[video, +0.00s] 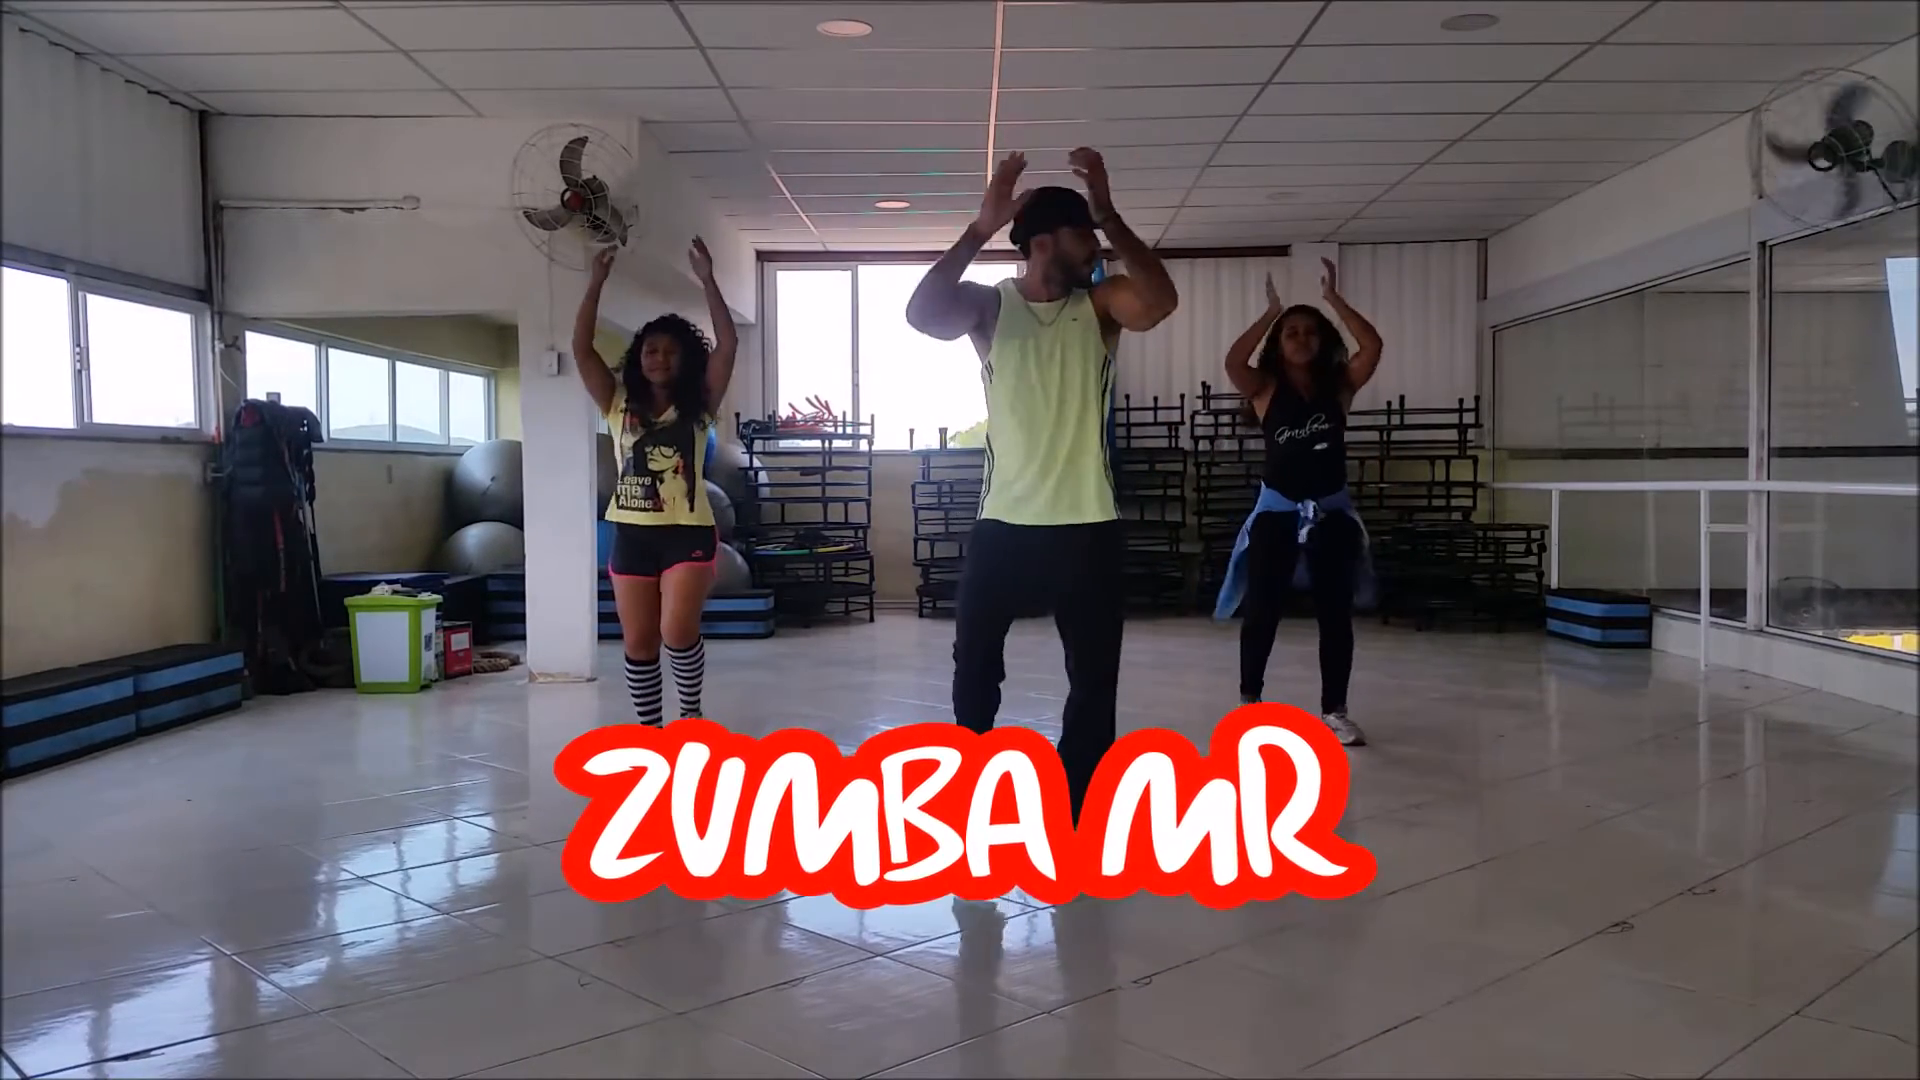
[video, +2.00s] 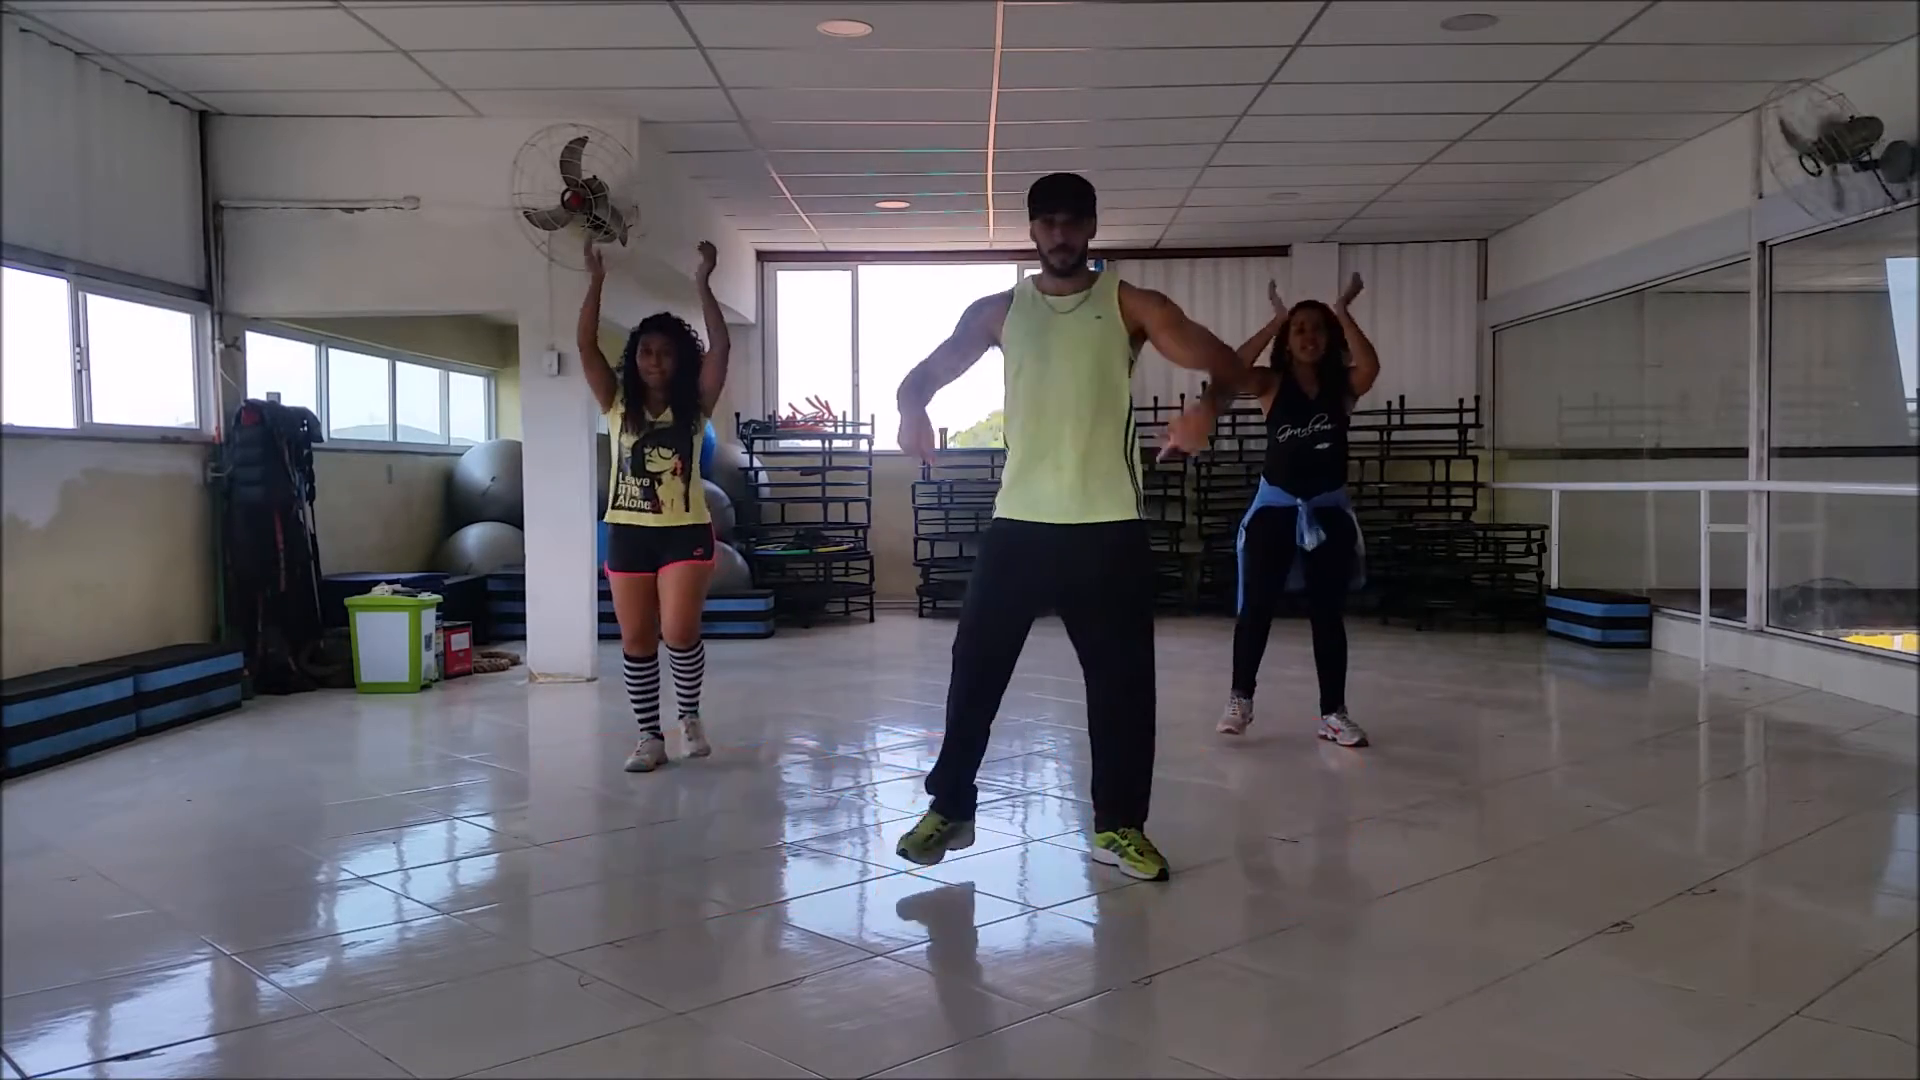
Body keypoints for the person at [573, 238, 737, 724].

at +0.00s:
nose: (659, 359)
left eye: (670, 351)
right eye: (651, 351)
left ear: (686, 360)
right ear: (638, 358)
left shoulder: (700, 405)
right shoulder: (617, 404)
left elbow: (726, 343)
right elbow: (582, 347)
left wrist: (708, 280)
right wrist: (595, 282)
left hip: (688, 538)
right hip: (631, 539)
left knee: (678, 633)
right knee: (638, 645)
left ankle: (691, 722)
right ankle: (650, 736)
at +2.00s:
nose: (654, 362)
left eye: (664, 354)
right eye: (646, 353)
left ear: (681, 361)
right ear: (634, 358)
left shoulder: (695, 406)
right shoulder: (618, 403)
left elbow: (721, 347)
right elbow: (585, 345)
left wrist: (703, 282)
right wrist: (596, 279)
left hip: (685, 536)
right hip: (628, 537)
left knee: (680, 634)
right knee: (636, 642)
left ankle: (690, 723)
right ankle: (648, 740)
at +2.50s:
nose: (664, 359)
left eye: (674, 351)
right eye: (656, 351)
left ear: (691, 360)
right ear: (645, 358)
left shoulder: (711, 412)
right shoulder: (628, 410)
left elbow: (763, 408)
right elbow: (564, 410)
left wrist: (726, 355)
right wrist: (588, 352)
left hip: (696, 540)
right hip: (637, 538)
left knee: (689, 641)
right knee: (620, 640)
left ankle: (688, 739)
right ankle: (626, 740)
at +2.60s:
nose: (662, 361)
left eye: (673, 353)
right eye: (654, 353)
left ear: (691, 362)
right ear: (645, 360)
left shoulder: (706, 418)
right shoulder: (629, 413)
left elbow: (756, 468)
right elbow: (580, 466)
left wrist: (737, 438)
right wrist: (574, 448)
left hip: (695, 541)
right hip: (636, 539)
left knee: (688, 642)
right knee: (623, 643)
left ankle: (688, 739)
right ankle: (625, 744)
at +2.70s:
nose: (661, 366)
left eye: (672, 358)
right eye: (653, 358)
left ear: (690, 367)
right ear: (642, 366)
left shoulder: (706, 423)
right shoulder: (625, 418)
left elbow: (729, 479)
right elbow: (595, 477)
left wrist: (736, 497)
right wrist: (575, 515)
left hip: (693, 547)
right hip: (634, 545)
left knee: (687, 648)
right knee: (614, 645)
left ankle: (687, 740)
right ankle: (625, 745)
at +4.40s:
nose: (687, 378)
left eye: (698, 371)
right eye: (680, 371)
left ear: (716, 380)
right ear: (670, 380)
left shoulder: (737, 437)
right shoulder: (655, 434)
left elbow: (756, 499)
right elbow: (634, 490)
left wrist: (755, 550)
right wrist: (596, 521)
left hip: (723, 563)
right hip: (658, 562)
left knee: (770, 649)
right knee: (616, 651)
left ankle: (767, 744)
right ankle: (624, 745)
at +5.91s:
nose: (692, 394)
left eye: (702, 387)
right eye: (684, 386)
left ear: (720, 395)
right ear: (675, 393)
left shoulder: (739, 449)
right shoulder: (655, 451)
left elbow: (762, 507)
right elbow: (632, 515)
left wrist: (779, 563)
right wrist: (607, 574)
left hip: (726, 569)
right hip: (664, 568)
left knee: (766, 653)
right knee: (614, 651)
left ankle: (768, 744)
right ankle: (623, 745)